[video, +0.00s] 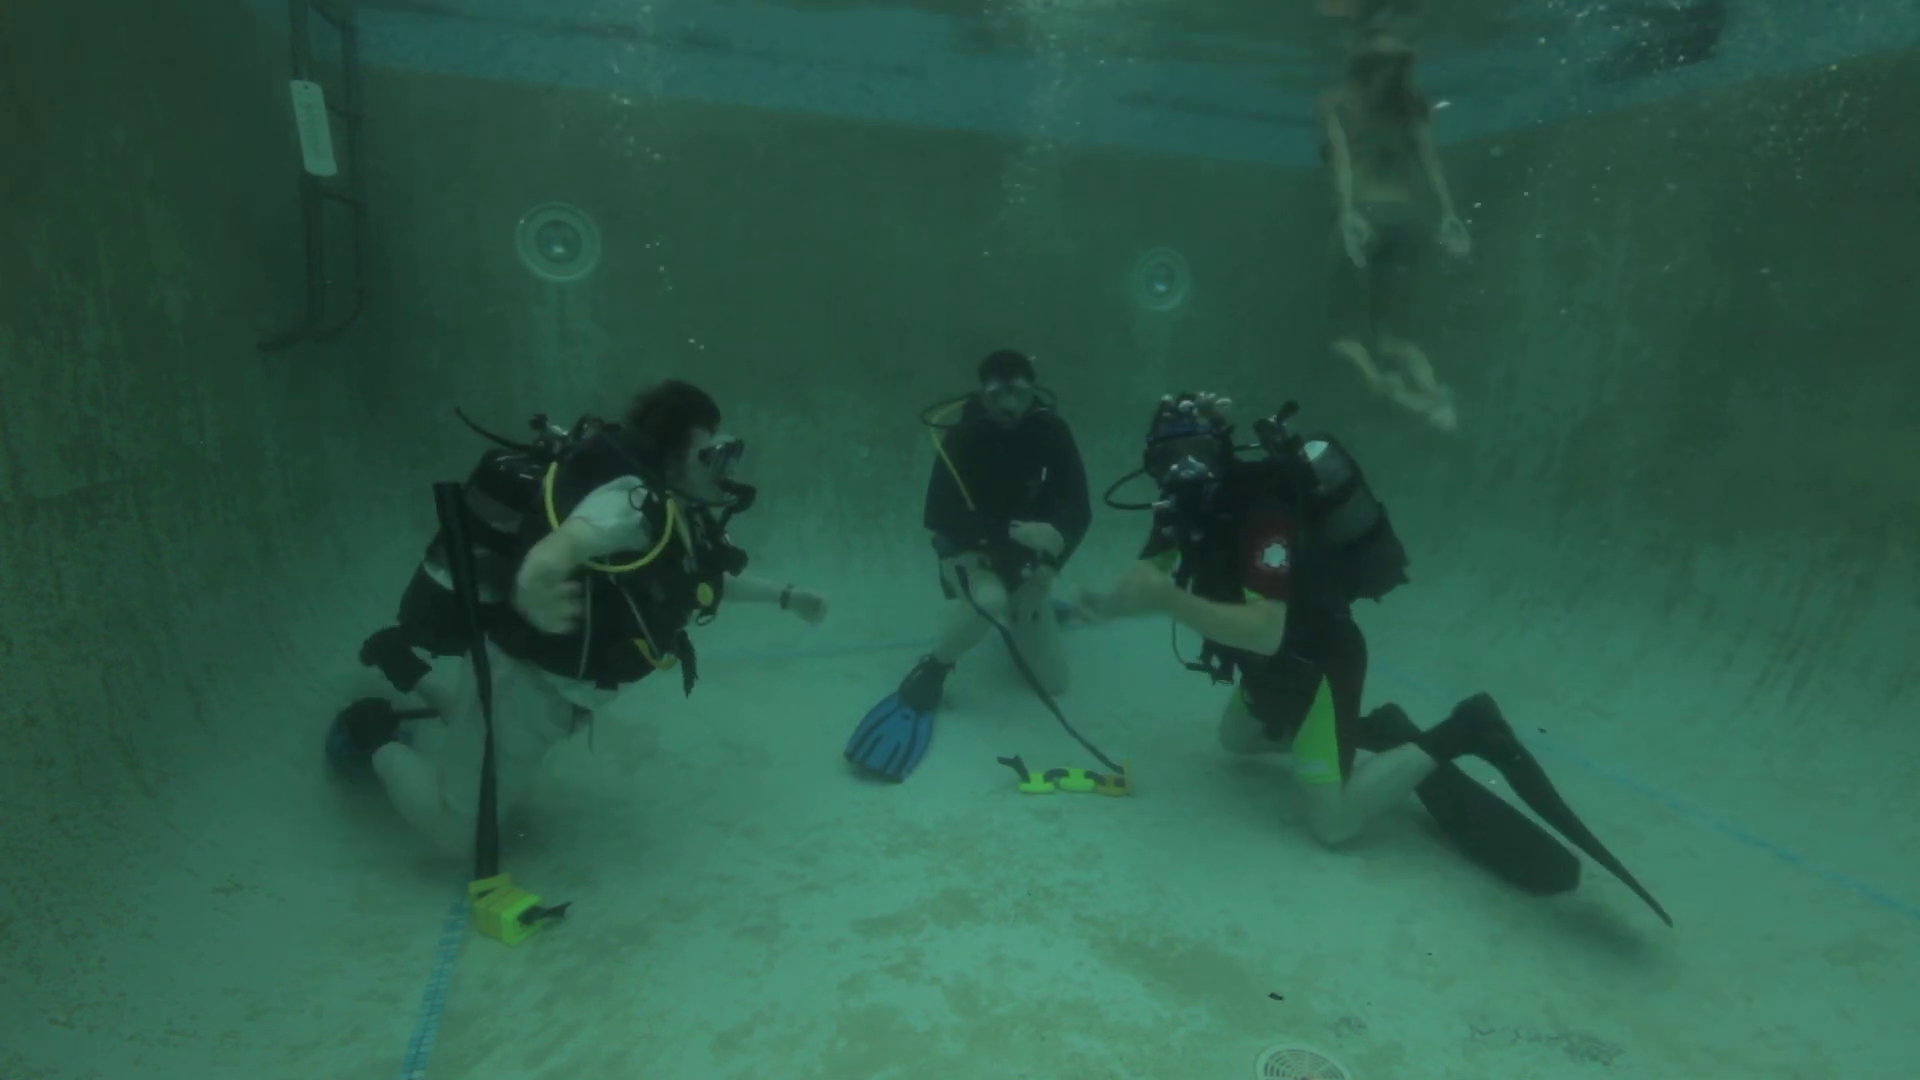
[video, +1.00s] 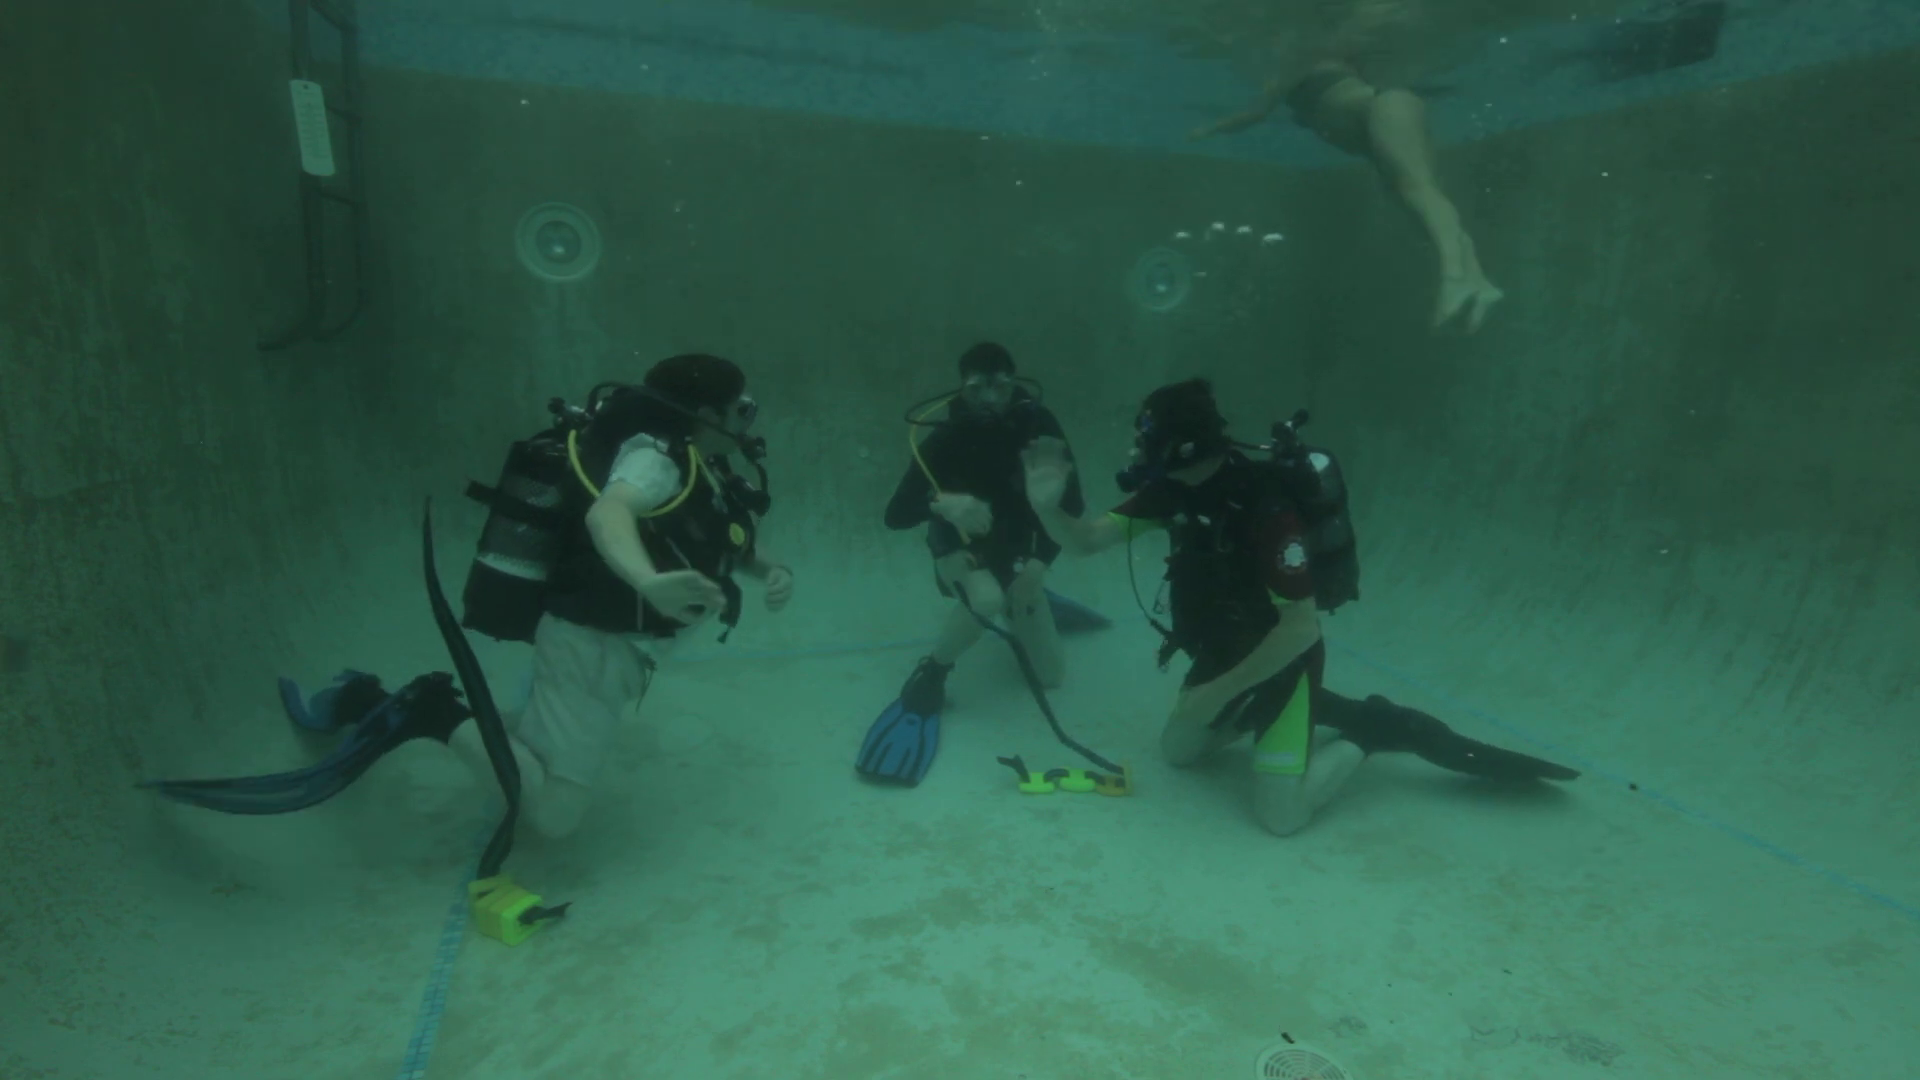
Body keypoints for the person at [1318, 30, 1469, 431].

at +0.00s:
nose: (1395, 72)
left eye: (1396, 63)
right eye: (1393, 64)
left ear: (1358, 61)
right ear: (1399, 65)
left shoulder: (1336, 102)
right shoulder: (1411, 102)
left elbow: (1342, 159)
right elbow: (1431, 161)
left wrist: (1346, 213)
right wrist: (1449, 213)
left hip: (1365, 215)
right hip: (1410, 215)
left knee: (1345, 322)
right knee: (1396, 328)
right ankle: (1436, 398)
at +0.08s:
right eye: (1395, 54)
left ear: (1347, 55)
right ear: (1392, 54)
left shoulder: (1327, 91)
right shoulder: (1404, 88)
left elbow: (1332, 146)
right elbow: (1427, 145)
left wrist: (1335, 199)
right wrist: (1445, 197)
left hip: (1362, 191)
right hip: (1410, 190)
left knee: (1349, 305)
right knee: (1389, 307)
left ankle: (1363, 413)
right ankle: (1413, 418)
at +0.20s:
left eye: (1322, 32)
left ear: (1339, 28)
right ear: (1386, 27)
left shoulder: (1326, 68)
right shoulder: (1398, 57)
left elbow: (1318, 125)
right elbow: (1422, 116)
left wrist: (1312, 175)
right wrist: (1437, 171)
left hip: (1359, 153)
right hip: (1409, 155)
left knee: (1364, 276)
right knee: (1396, 276)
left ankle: (1363, 392)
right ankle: (1389, 391)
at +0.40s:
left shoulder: (1316, 38)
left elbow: (1302, 108)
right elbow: (1413, 83)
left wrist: (1258, 148)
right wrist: (1427, 114)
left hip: (1373, 114)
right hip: (1417, 112)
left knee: (1373, 230)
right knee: (1406, 231)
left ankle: (1356, 355)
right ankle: (1389, 354)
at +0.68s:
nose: (1278, 35)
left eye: (1281, 29)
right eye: (1277, 29)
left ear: (1293, 28)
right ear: (1316, 28)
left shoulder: (1298, 54)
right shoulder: (1340, 52)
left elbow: (1267, 107)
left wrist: (1198, 122)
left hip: (1387, 89)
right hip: (1426, 94)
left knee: (1389, 205)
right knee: (1419, 207)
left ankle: (1379, 317)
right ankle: (1407, 316)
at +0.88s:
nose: (1273, 52)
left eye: (1276, 46)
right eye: (1274, 47)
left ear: (1290, 44)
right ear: (1314, 41)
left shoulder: (1295, 65)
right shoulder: (1342, 62)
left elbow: (1253, 112)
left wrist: (1197, 113)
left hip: (1390, 96)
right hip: (1418, 96)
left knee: (1413, 199)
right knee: (1434, 202)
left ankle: (1421, 294)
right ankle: (1450, 294)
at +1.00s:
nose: (1269, 56)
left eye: (1273, 50)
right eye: (1270, 52)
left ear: (1289, 47)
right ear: (1305, 47)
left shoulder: (1297, 68)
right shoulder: (1325, 65)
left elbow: (1257, 113)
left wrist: (1213, 129)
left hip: (1384, 108)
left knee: (1418, 189)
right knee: (1425, 193)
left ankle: (1455, 279)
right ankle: (1478, 282)